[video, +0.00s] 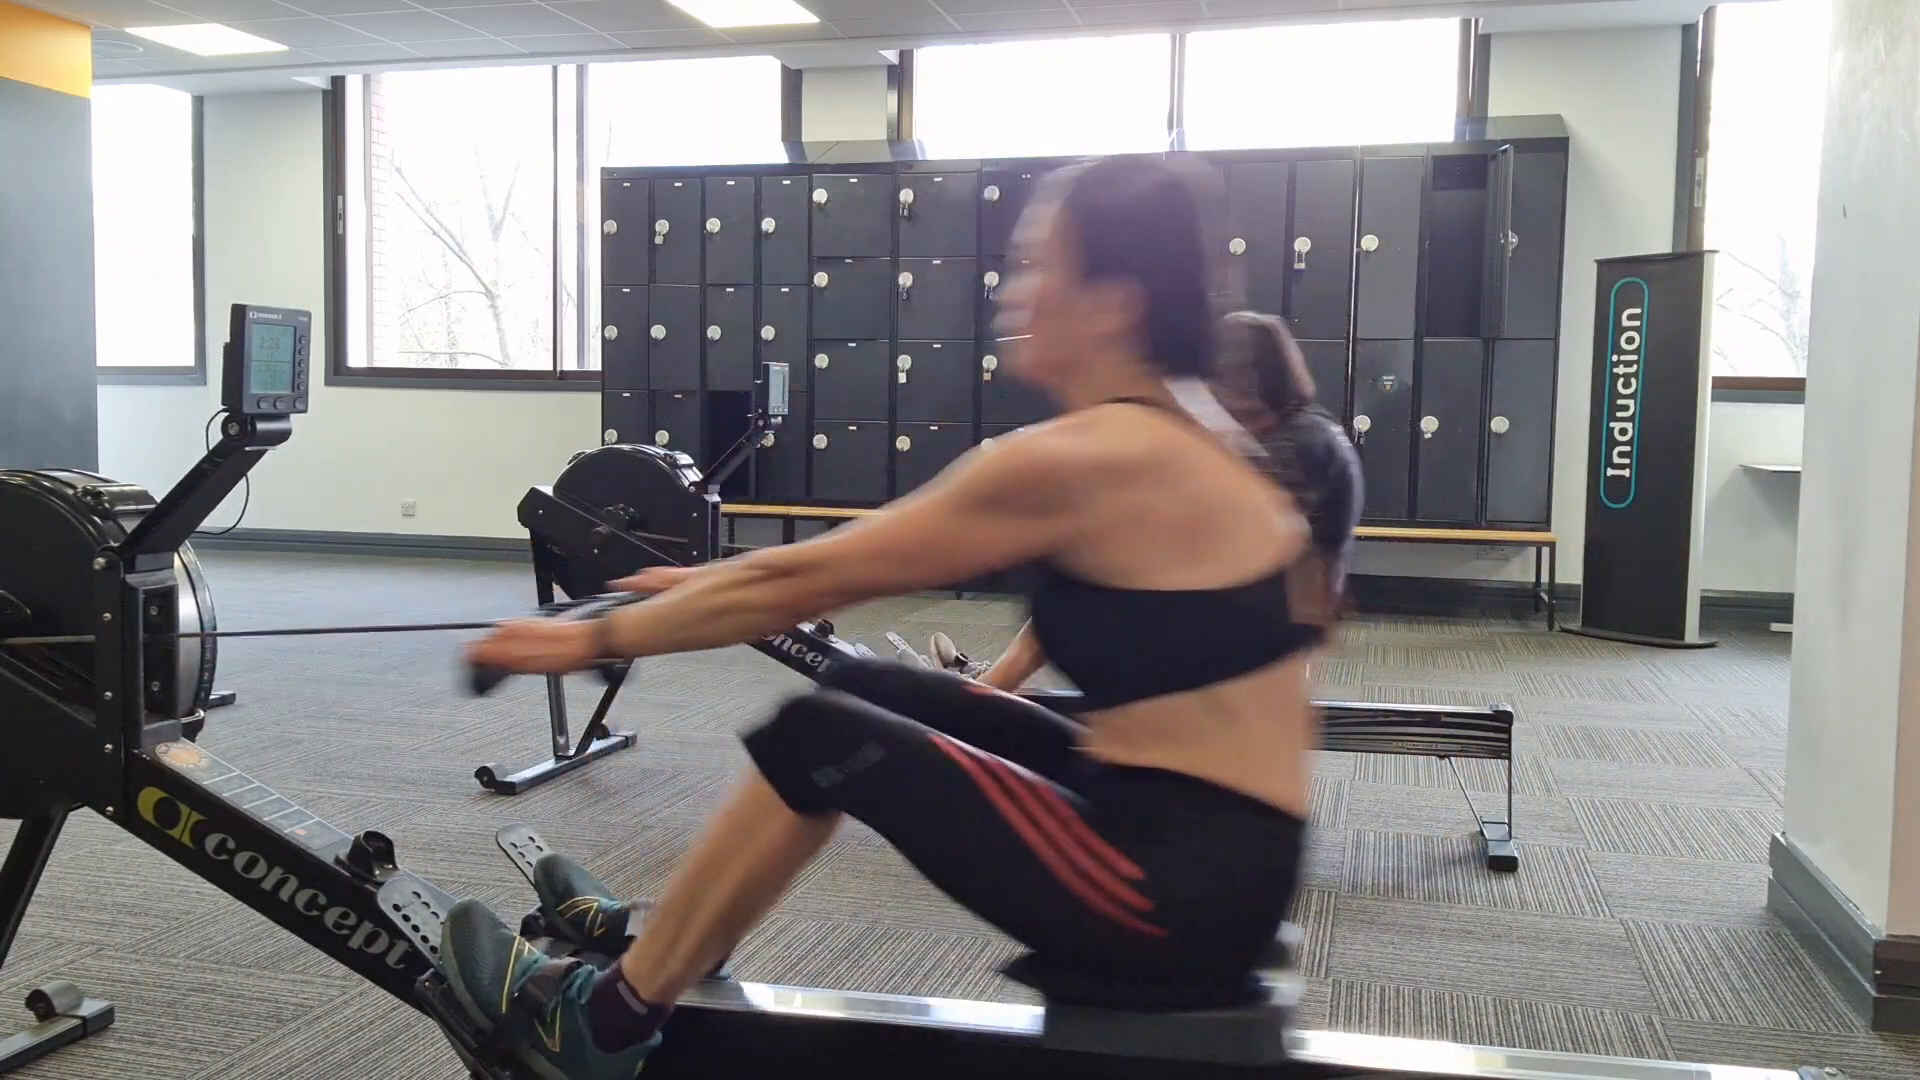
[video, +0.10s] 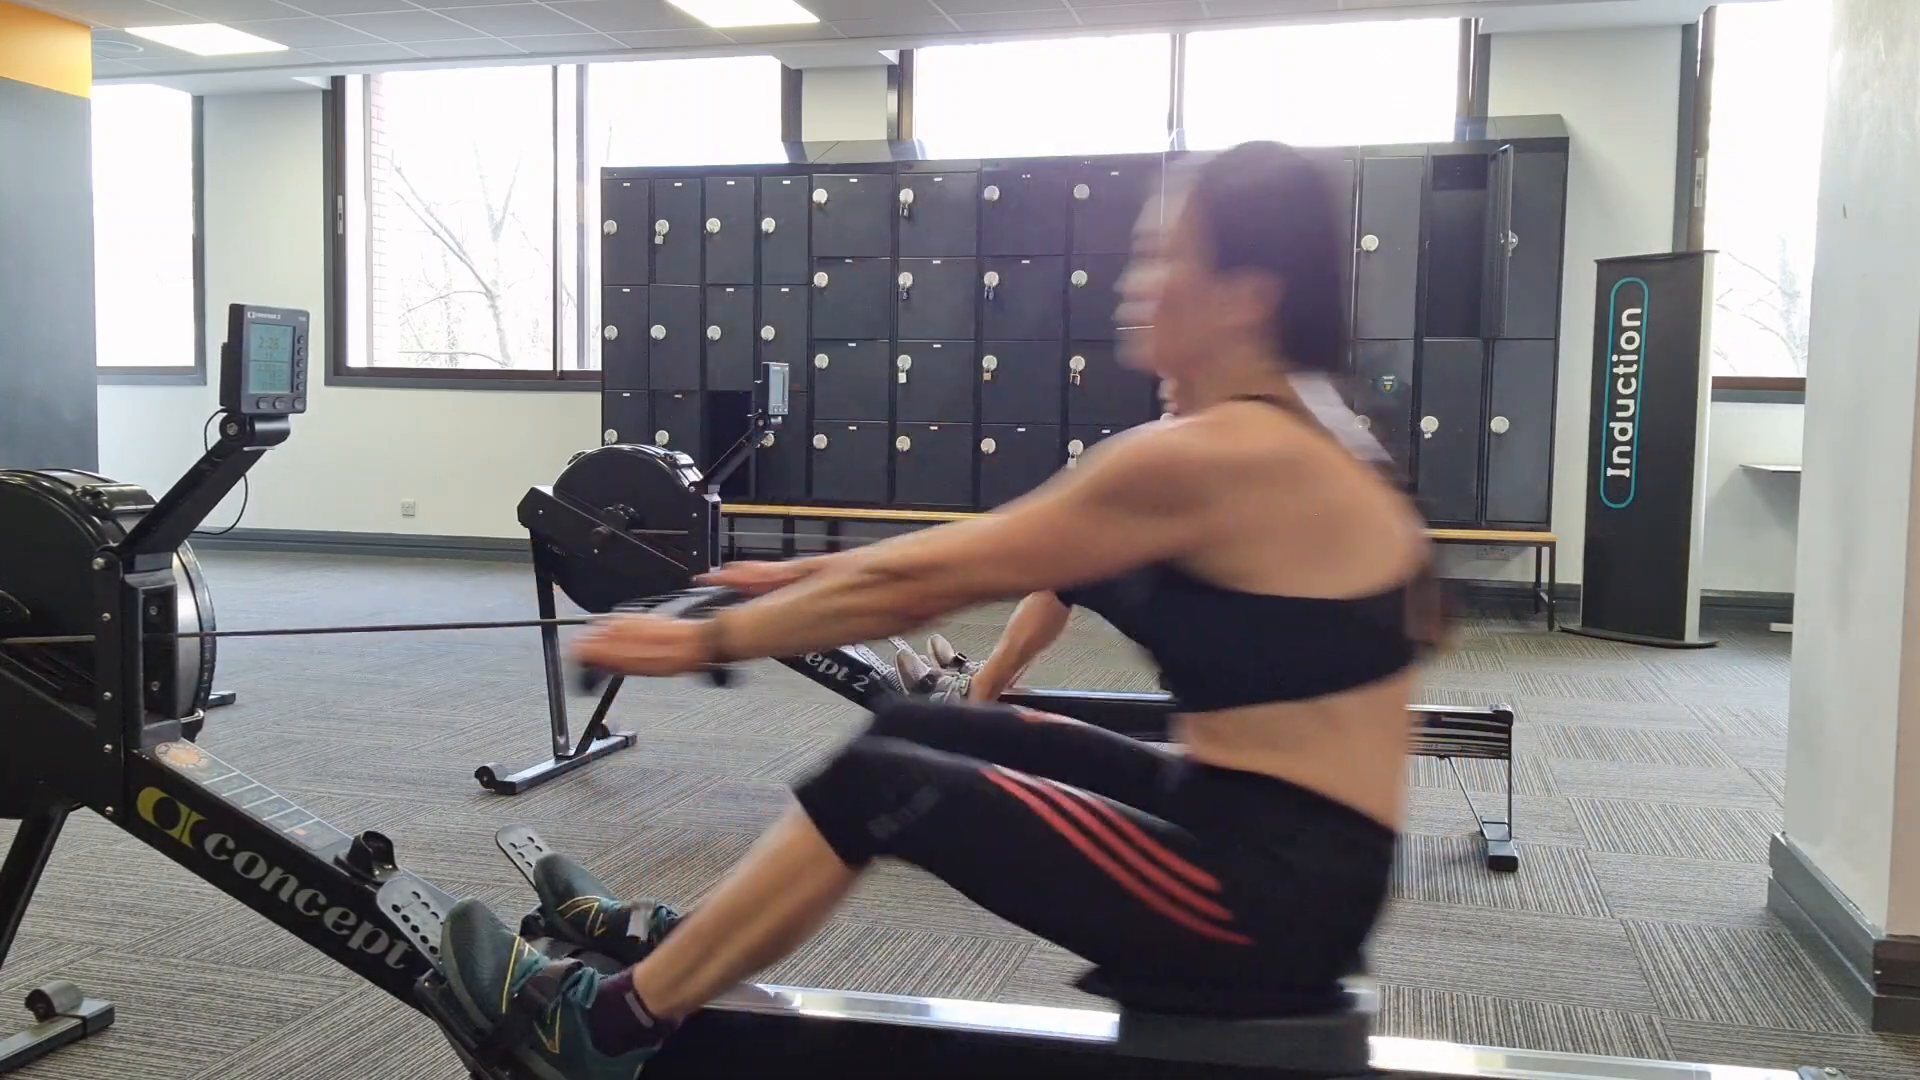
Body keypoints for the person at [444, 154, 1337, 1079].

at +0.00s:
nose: (1006, 297)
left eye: (1031, 273)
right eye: (1014, 271)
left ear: (1116, 303)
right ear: (1121, 307)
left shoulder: (1080, 460)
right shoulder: (1173, 437)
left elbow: (816, 580)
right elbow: (888, 556)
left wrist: (589, 637)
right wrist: (726, 579)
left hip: (1169, 883)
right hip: (1206, 841)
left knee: (825, 728)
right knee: (851, 690)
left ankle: (614, 1013)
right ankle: (665, 963)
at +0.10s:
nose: (1133, 294)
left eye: (1161, 268)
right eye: (1140, 265)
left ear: (1255, 292)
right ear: (1245, 295)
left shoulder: (1200, 459)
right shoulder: (1285, 436)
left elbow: (918, 582)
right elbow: (1016, 553)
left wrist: (704, 642)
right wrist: (815, 570)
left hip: (1260, 881)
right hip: (1278, 823)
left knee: (891, 772)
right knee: (919, 729)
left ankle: (622, 1020)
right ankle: (676, 965)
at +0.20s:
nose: (1265, 283)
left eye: (1297, 254)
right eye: (1274, 254)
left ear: (1396, 292)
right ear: (1376, 295)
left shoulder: (1347, 460)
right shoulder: (1381, 442)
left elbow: (1065, 582)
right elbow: (1098, 544)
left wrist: (827, 644)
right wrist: (906, 573)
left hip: (1320, 901)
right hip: (1312, 835)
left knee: (931, 813)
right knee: (939, 781)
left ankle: (632, 1027)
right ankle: (676, 958)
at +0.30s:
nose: (1397, 310)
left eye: (1429, 282)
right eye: (1404, 278)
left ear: (1535, 308)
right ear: (1508, 306)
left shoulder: (1503, 478)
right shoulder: (1481, 464)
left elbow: (1203, 597)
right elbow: (1211, 580)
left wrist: (948, 642)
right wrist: (988, 628)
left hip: (1353, 899)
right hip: (1324, 833)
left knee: (961, 846)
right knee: (978, 810)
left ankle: (602, 1028)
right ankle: (688, 948)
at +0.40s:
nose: (1475, 345)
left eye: (1504, 316)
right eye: (1480, 315)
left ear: (1615, 334)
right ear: (1581, 335)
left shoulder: (1599, 513)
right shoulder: (1536, 489)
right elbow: (1337, 633)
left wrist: (1093, 699)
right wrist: (1140, 600)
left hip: (1384, 900)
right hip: (1332, 835)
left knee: (971, 878)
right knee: (969, 845)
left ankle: (619, 1032)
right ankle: (668, 956)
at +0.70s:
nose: (1436, 339)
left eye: (1461, 308)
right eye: (1439, 307)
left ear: (1570, 316)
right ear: (1544, 318)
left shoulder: (1606, 515)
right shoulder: (1534, 479)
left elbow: (1665, 840)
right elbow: (1537, 748)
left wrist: (1386, 819)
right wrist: (1374, 704)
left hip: (1371, 921)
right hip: (1336, 846)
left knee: (957, 855)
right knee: (960, 817)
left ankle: (635, 1034)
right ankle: (680, 962)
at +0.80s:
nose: (1373, 318)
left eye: (1400, 286)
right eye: (1380, 286)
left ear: (1513, 302)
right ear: (1486, 306)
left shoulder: (1548, 502)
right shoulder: (1479, 475)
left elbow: (1519, 814)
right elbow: (1437, 690)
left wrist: (1273, 764)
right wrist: (1297, 643)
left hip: (1368, 918)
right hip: (1333, 853)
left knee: (956, 839)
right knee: (959, 816)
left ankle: (618, 1036)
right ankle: (697, 952)